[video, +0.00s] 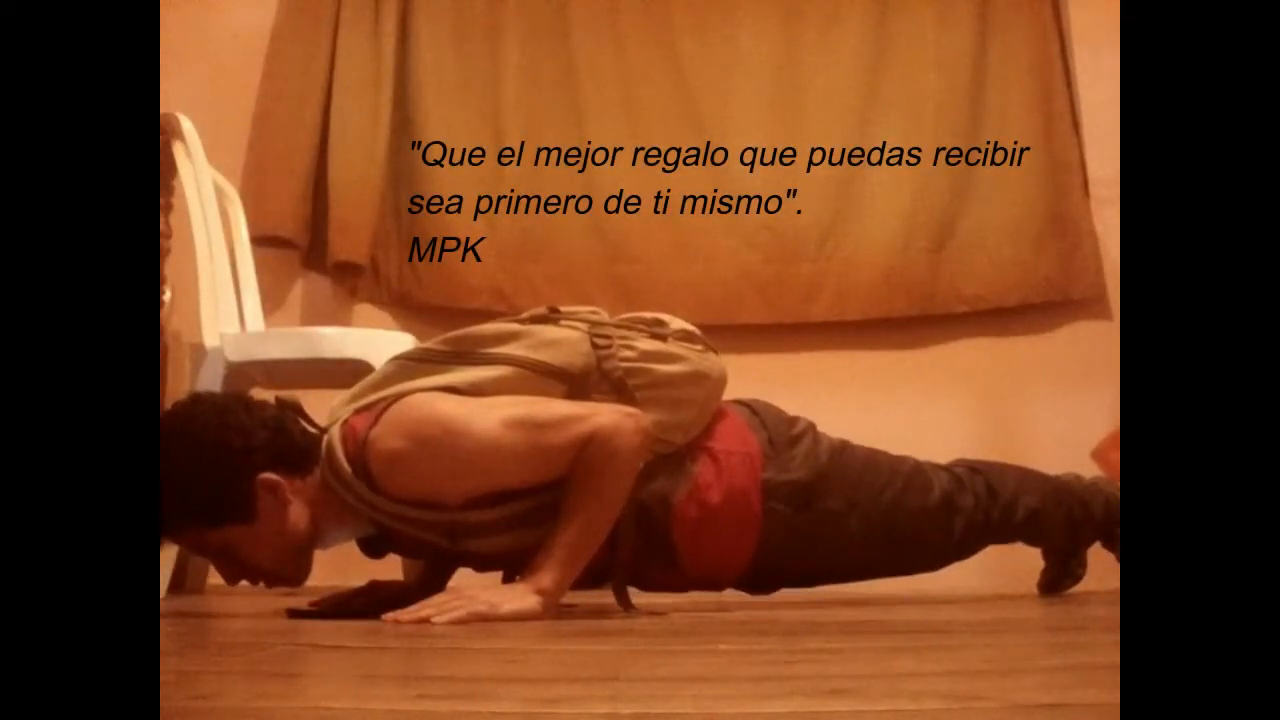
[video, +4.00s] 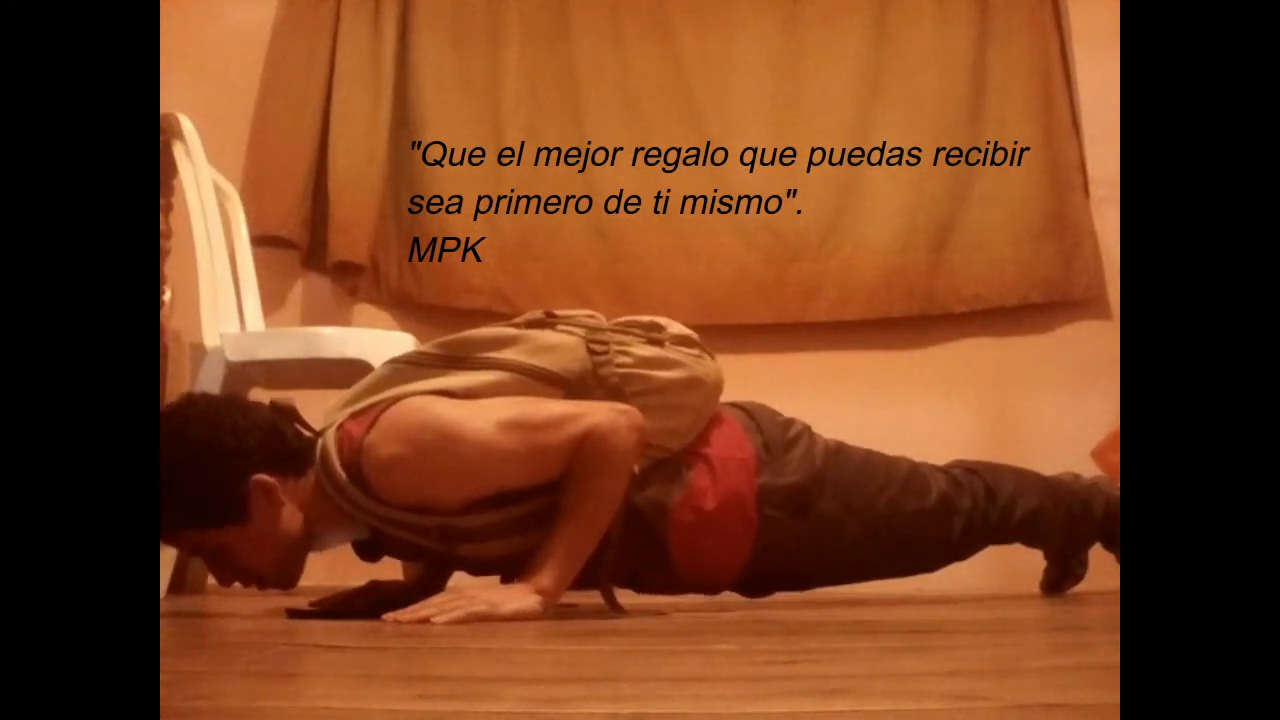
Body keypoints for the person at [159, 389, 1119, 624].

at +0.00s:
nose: (225, 573)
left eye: (220, 549)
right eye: (207, 559)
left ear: (275, 491)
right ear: (270, 483)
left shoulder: (405, 448)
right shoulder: (356, 457)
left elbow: (616, 438)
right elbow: (462, 538)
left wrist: (538, 587)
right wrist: (394, 585)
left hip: (740, 488)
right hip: (710, 502)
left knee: (944, 508)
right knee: (922, 507)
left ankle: (1094, 504)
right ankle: (1072, 506)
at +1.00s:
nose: (225, 573)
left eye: (218, 549)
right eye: (207, 560)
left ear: (271, 491)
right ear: (266, 480)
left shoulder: (402, 448)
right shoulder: (355, 458)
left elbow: (615, 437)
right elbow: (459, 536)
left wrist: (540, 588)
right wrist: (392, 585)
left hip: (739, 487)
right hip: (711, 501)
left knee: (946, 508)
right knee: (926, 505)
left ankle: (1094, 505)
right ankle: (1078, 505)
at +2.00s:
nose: (220, 573)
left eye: (214, 548)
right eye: (201, 559)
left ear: (267, 489)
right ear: (263, 481)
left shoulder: (400, 448)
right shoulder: (354, 461)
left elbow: (613, 437)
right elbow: (454, 548)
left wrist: (538, 588)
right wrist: (376, 592)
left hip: (739, 491)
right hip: (712, 502)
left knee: (944, 508)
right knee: (923, 506)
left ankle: (1091, 504)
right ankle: (1075, 503)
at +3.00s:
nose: (217, 575)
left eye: (211, 550)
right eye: (199, 559)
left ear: (264, 493)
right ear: (260, 481)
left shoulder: (400, 452)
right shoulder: (355, 458)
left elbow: (613, 438)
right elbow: (485, 528)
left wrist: (538, 588)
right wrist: (392, 584)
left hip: (737, 496)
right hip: (710, 502)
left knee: (944, 510)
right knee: (923, 507)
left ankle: (1093, 506)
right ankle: (1077, 504)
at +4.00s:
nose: (219, 576)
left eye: (211, 552)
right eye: (200, 561)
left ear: (263, 494)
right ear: (260, 483)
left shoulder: (396, 451)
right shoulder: (353, 461)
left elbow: (610, 438)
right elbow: (481, 534)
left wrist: (539, 588)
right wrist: (384, 589)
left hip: (735, 490)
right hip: (707, 505)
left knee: (941, 509)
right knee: (921, 509)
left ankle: (1093, 505)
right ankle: (1075, 506)